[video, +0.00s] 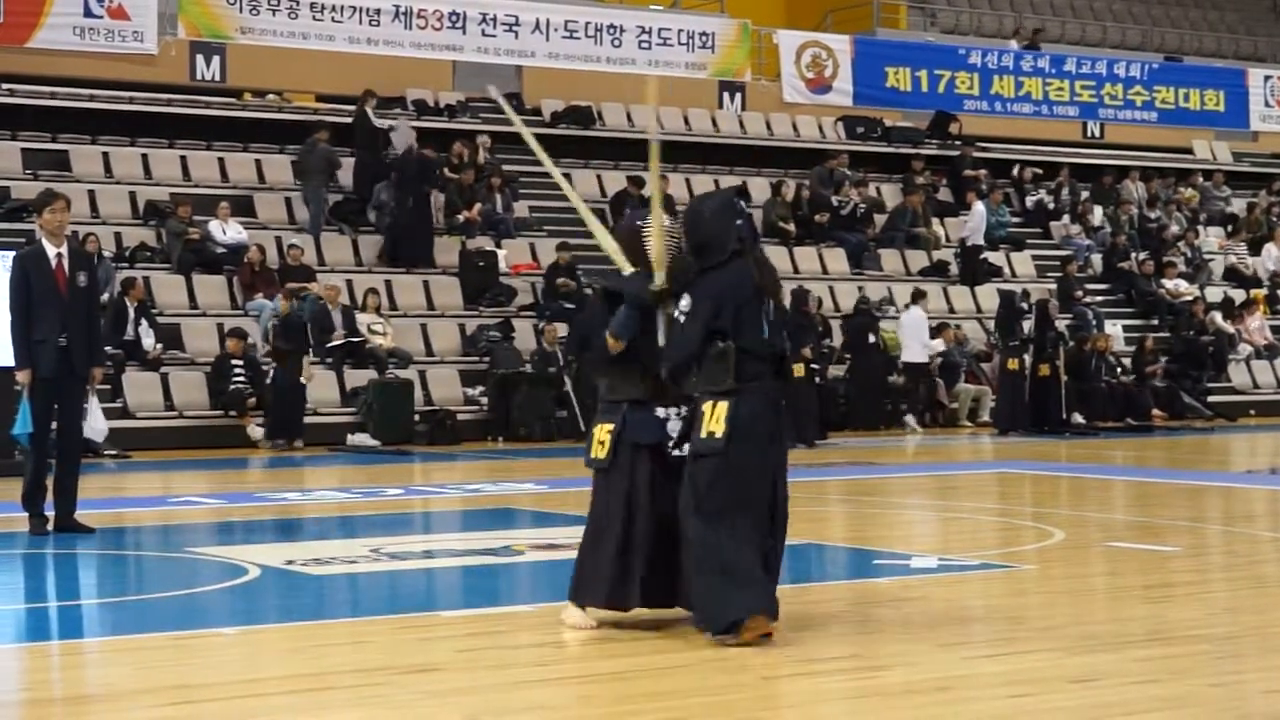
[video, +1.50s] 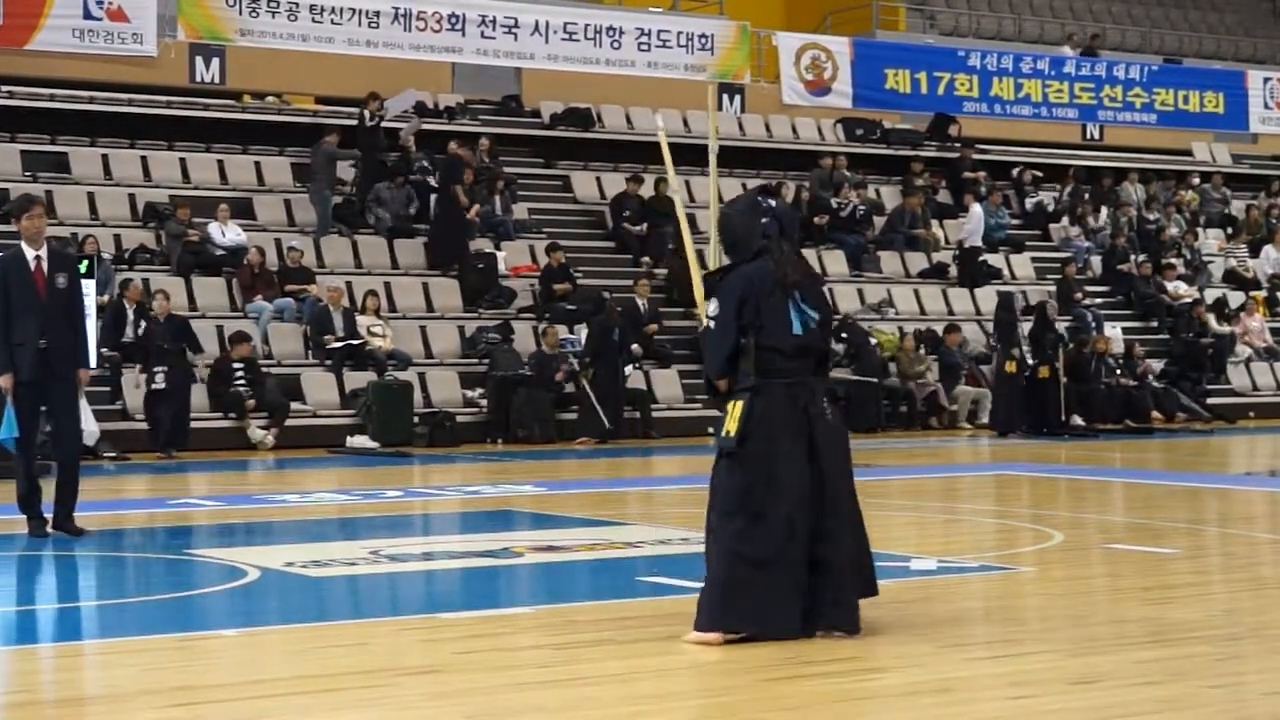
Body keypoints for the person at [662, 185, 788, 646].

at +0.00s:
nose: (688, 240)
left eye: (692, 231)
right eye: (688, 231)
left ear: (707, 234)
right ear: (742, 229)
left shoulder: (713, 284)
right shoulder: (761, 277)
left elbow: (680, 352)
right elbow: (772, 343)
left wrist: (667, 370)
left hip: (730, 408)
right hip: (767, 404)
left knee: (707, 508)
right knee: (754, 505)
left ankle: (748, 609)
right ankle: (755, 604)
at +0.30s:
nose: (675, 250)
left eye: (679, 240)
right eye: (676, 240)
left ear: (696, 242)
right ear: (724, 238)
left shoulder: (704, 287)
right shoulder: (746, 283)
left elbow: (688, 360)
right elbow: (754, 353)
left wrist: (676, 384)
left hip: (726, 409)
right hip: (761, 406)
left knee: (694, 507)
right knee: (752, 506)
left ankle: (739, 598)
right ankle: (754, 603)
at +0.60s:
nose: (662, 243)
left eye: (665, 236)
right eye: (664, 235)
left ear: (676, 239)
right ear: (711, 235)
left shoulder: (680, 278)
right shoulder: (739, 278)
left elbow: (662, 359)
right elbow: (761, 355)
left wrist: (666, 384)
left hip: (704, 408)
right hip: (750, 405)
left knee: (680, 509)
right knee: (746, 506)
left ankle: (669, 619)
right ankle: (755, 604)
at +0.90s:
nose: (676, 237)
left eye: (680, 230)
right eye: (678, 229)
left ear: (694, 233)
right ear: (727, 232)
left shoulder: (693, 274)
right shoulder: (750, 277)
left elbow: (673, 349)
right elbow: (764, 346)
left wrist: (676, 377)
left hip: (717, 406)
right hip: (761, 404)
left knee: (682, 507)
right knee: (767, 504)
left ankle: (669, 619)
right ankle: (807, 603)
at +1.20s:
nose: (710, 250)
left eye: (714, 240)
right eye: (709, 240)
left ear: (731, 240)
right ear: (760, 235)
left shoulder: (742, 283)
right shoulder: (787, 279)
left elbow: (721, 359)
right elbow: (806, 345)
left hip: (766, 411)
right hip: (808, 408)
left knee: (720, 507)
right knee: (798, 510)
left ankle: (694, 614)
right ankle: (812, 609)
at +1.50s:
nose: (725, 240)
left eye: (728, 233)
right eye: (727, 232)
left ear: (740, 235)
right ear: (777, 231)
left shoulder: (739, 283)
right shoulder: (808, 280)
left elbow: (716, 359)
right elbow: (821, 352)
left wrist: (725, 383)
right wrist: (790, 378)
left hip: (761, 411)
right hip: (812, 409)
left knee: (735, 511)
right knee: (824, 510)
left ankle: (723, 616)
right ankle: (835, 613)